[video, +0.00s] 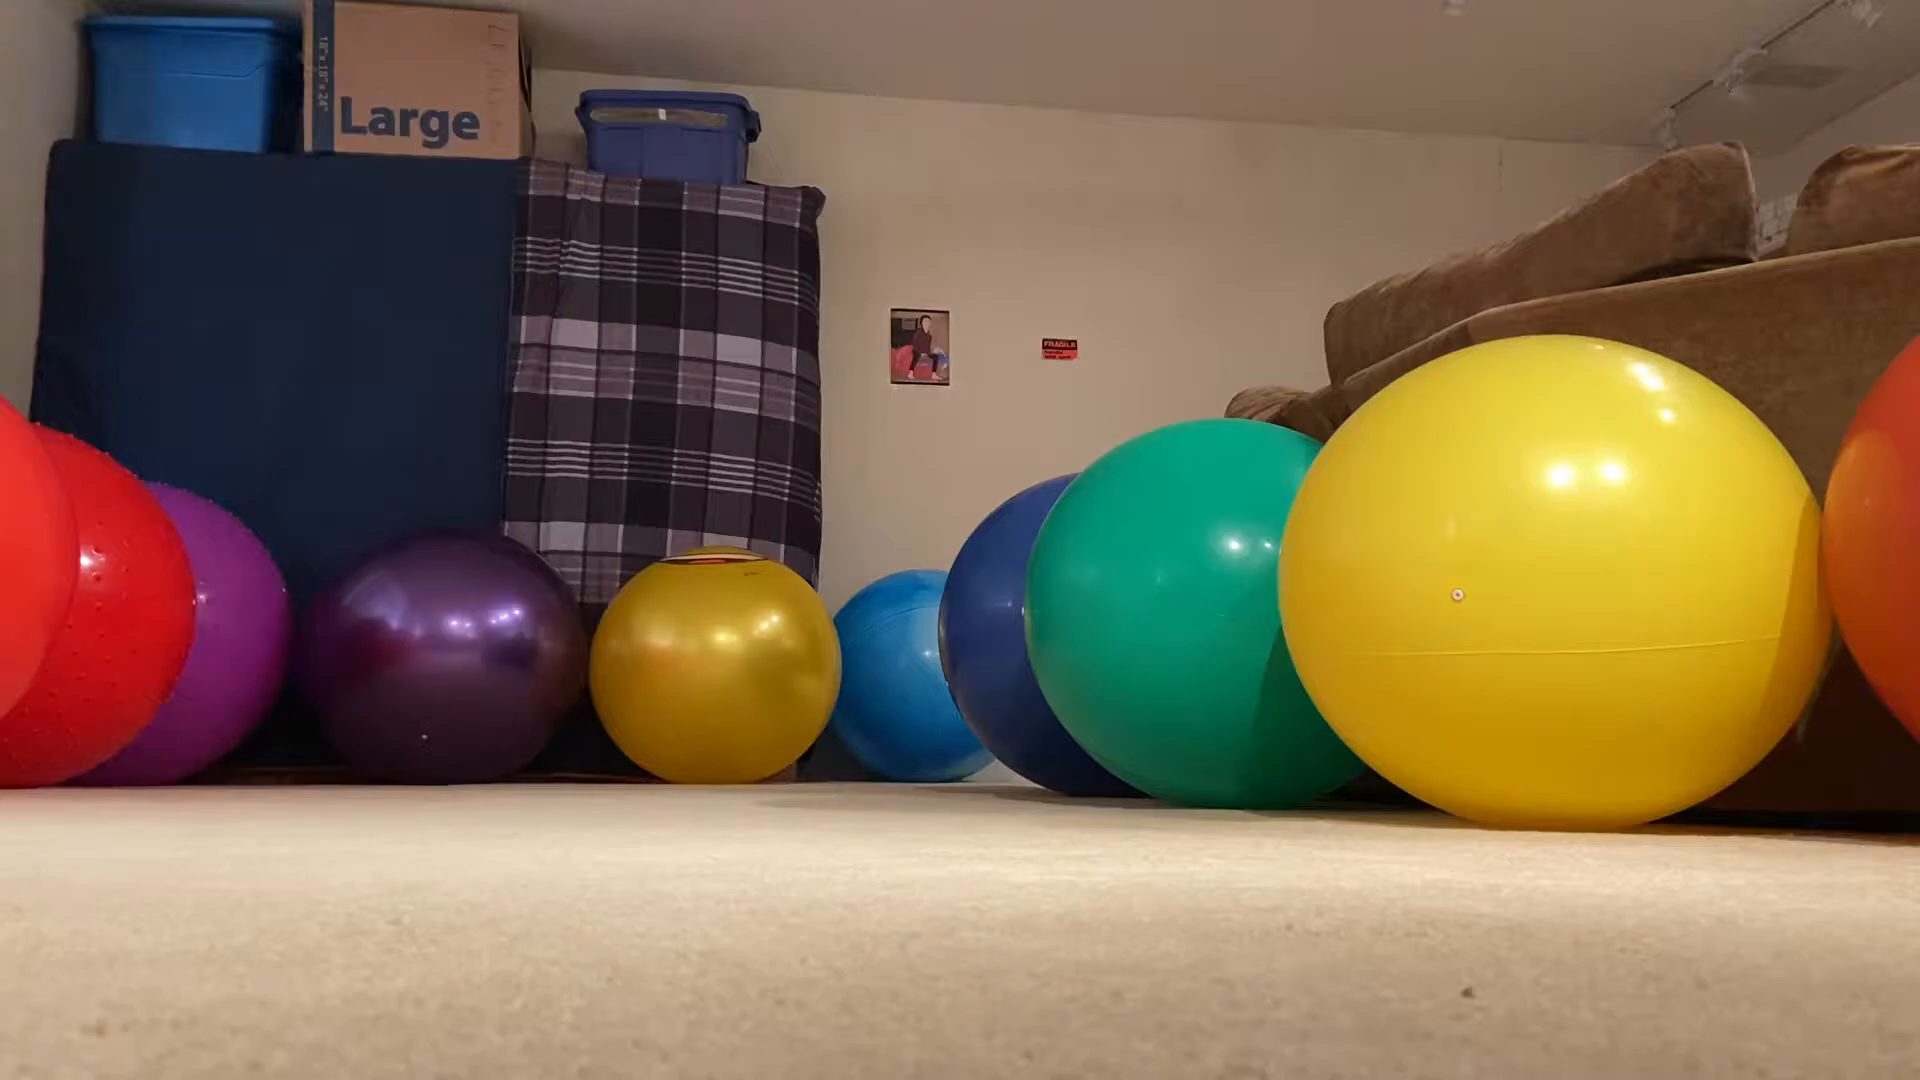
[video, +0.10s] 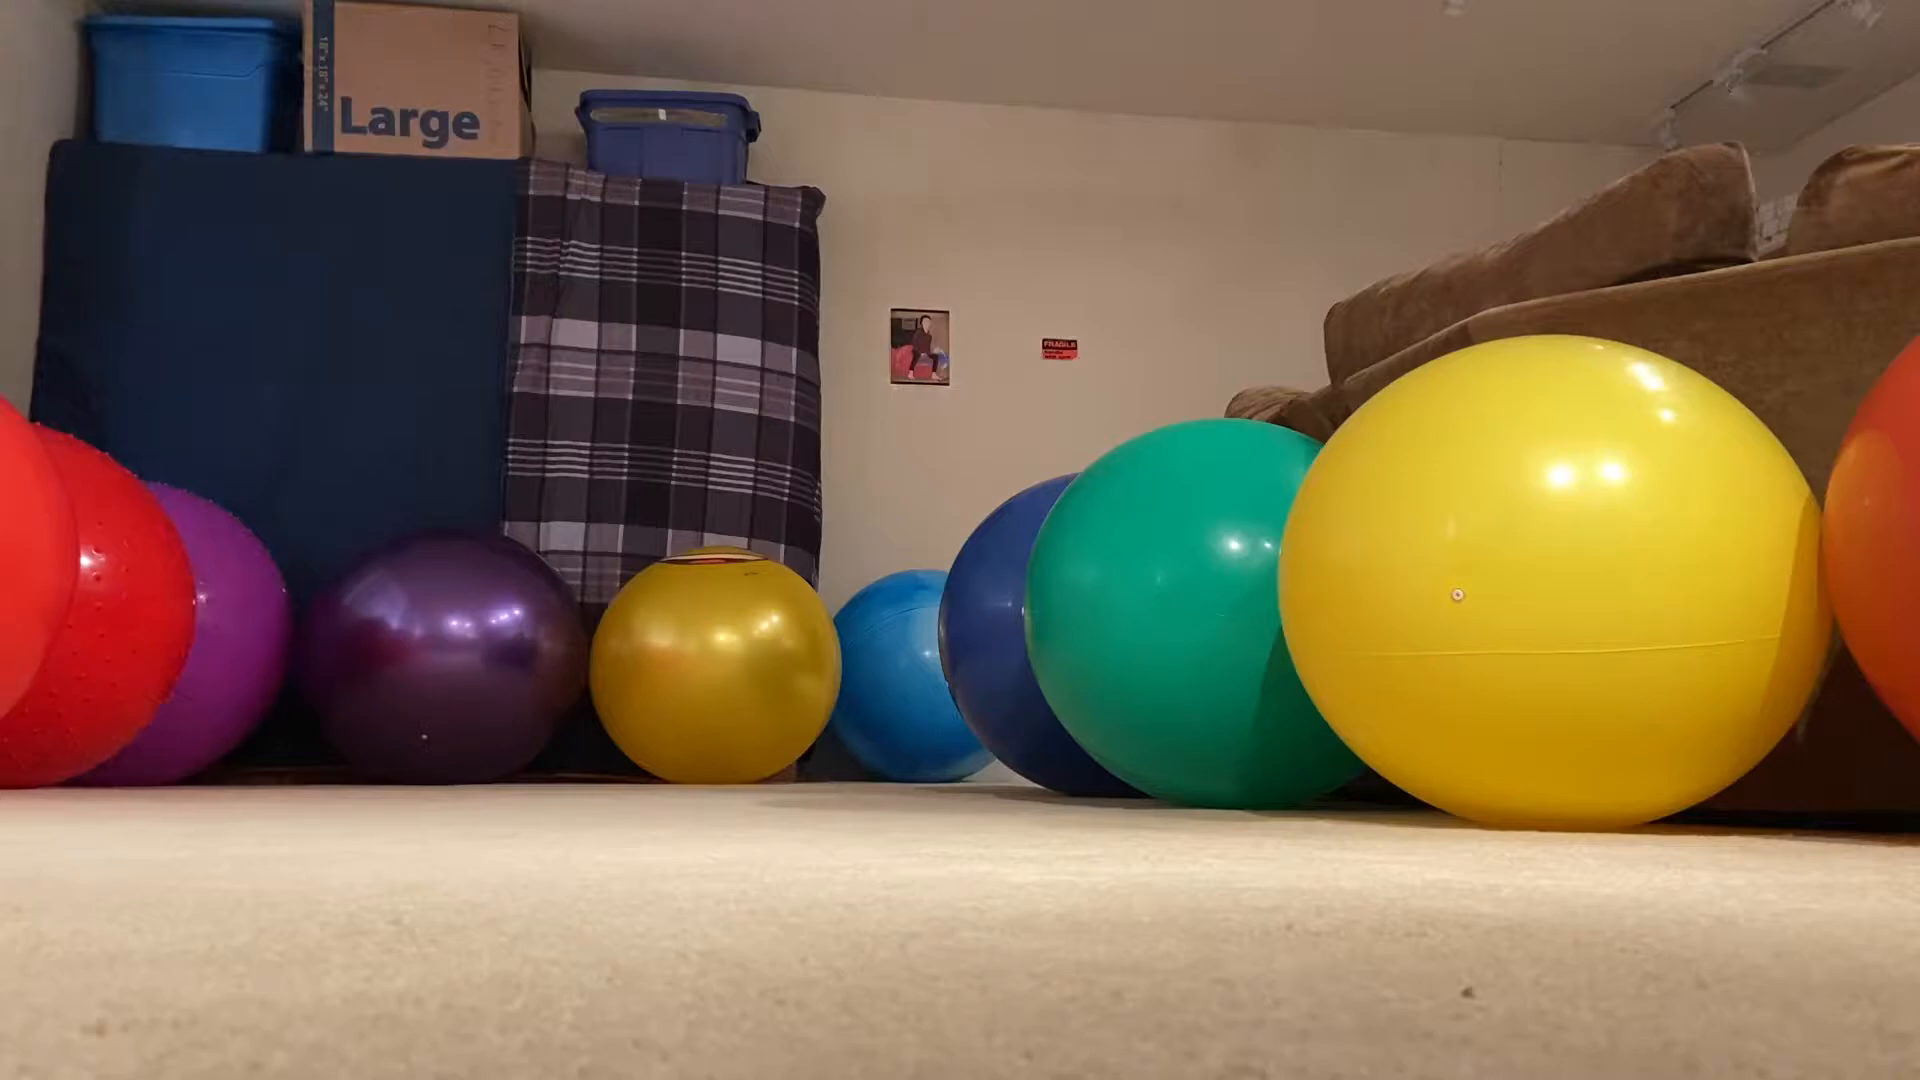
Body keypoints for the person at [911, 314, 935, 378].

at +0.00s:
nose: (927, 324)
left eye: (928, 322)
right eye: (925, 321)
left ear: (930, 323)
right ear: (922, 323)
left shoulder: (929, 336)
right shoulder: (918, 332)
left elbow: (928, 345)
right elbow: (914, 342)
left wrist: (928, 352)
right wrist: (918, 351)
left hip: (926, 352)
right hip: (918, 350)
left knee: (935, 356)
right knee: (916, 356)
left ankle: (934, 373)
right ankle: (911, 371)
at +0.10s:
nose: (927, 324)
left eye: (928, 322)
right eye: (925, 322)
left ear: (930, 323)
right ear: (922, 323)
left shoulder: (929, 336)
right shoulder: (918, 332)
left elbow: (928, 345)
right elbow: (914, 342)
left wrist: (928, 352)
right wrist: (918, 351)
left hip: (926, 352)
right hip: (918, 350)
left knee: (935, 356)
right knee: (916, 356)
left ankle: (933, 373)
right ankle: (911, 371)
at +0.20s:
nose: (927, 323)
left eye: (928, 321)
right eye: (925, 321)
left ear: (930, 323)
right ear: (922, 323)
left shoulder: (929, 335)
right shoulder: (918, 333)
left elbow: (928, 345)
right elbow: (915, 343)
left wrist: (928, 352)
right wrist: (919, 351)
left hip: (926, 351)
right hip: (918, 350)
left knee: (935, 356)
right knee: (916, 355)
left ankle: (933, 373)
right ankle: (911, 371)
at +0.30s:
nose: (927, 323)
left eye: (928, 321)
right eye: (925, 321)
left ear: (930, 323)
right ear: (922, 323)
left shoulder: (929, 335)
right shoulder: (918, 333)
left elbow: (928, 345)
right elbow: (915, 343)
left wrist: (928, 352)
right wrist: (919, 351)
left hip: (925, 351)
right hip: (918, 350)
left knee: (935, 356)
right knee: (916, 355)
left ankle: (933, 373)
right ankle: (911, 371)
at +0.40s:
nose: (927, 323)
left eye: (928, 321)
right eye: (925, 321)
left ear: (930, 323)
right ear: (922, 323)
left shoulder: (929, 335)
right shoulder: (918, 333)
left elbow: (928, 345)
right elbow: (915, 343)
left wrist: (928, 352)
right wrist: (919, 351)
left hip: (925, 351)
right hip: (918, 350)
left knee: (935, 356)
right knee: (916, 355)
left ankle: (933, 373)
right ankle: (911, 371)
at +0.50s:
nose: (927, 323)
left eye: (928, 321)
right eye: (925, 321)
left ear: (930, 323)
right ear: (922, 323)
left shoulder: (929, 335)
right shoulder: (918, 333)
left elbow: (928, 345)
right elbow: (915, 343)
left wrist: (928, 352)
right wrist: (919, 351)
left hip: (925, 351)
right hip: (918, 350)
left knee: (935, 356)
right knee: (916, 355)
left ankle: (933, 373)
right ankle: (911, 371)